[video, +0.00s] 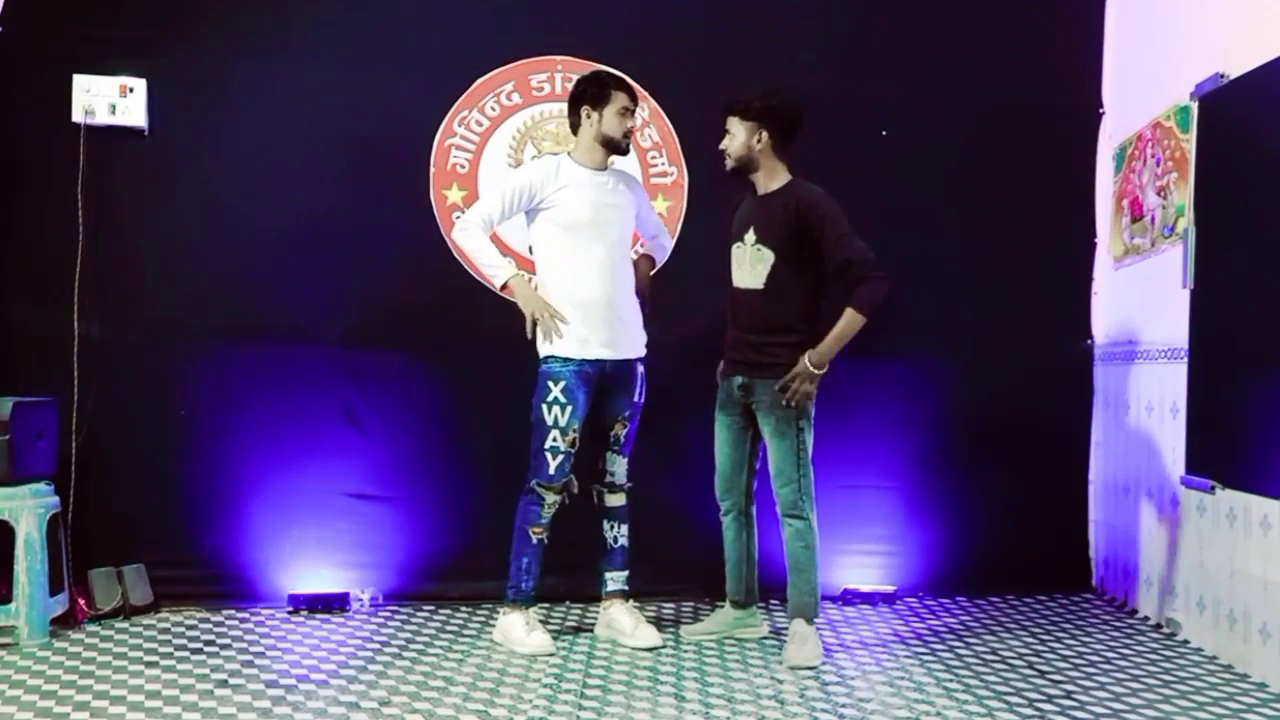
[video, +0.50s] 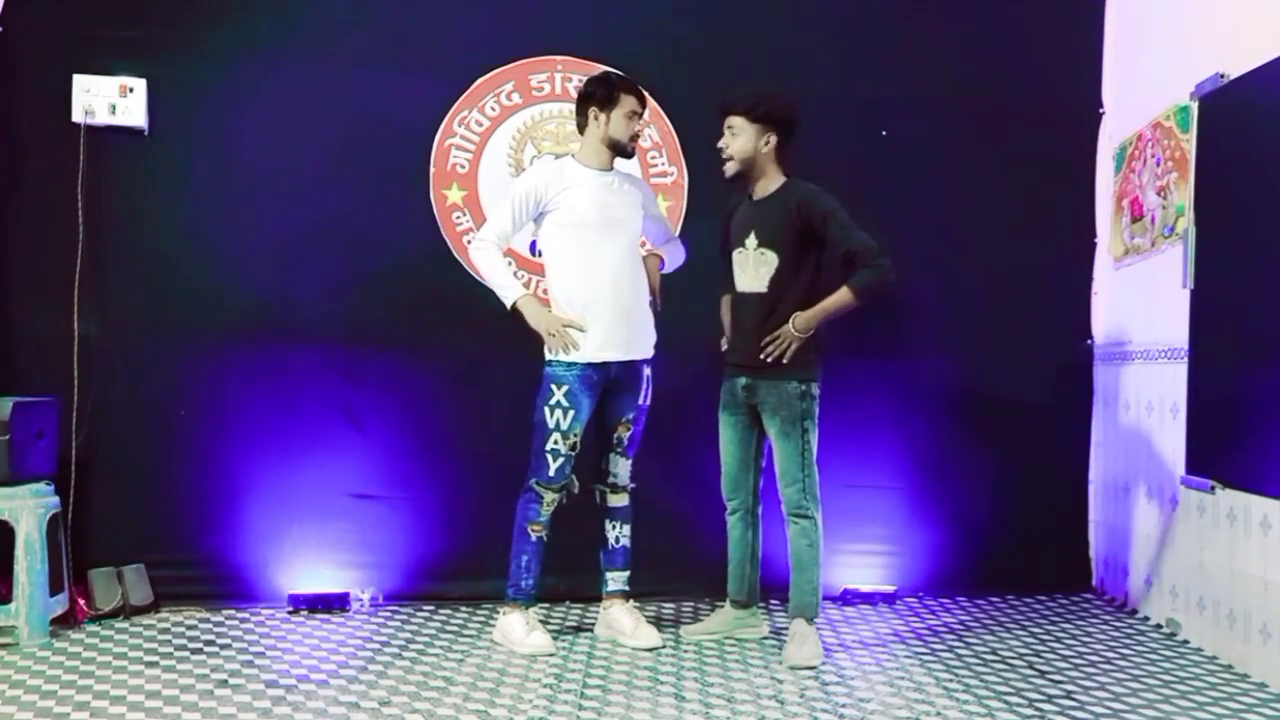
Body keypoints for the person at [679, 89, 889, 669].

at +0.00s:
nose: (723, 142)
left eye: (730, 132)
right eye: (725, 132)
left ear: (761, 138)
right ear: (755, 140)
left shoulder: (808, 203)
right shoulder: (746, 207)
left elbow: (869, 284)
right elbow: (750, 293)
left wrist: (819, 356)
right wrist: (731, 356)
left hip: (785, 379)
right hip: (735, 376)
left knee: (794, 506)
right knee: (731, 498)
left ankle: (802, 623)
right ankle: (741, 609)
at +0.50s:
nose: (721, 143)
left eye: (732, 133)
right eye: (723, 134)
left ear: (768, 141)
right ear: (746, 145)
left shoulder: (808, 202)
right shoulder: (736, 213)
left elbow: (874, 269)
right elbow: (731, 282)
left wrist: (809, 318)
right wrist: (729, 319)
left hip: (788, 379)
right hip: (737, 378)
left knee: (798, 503)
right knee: (737, 499)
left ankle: (802, 623)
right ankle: (742, 610)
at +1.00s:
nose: (729, 140)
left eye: (739, 131)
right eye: (728, 132)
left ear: (774, 138)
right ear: (740, 143)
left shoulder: (811, 202)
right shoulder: (730, 210)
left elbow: (876, 267)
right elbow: (706, 271)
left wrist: (812, 316)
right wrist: (716, 316)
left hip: (789, 375)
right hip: (735, 375)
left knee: (800, 503)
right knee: (740, 498)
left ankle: (803, 622)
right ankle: (742, 609)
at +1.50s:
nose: (720, 138)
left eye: (730, 129)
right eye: (722, 129)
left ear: (764, 137)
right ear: (746, 140)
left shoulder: (801, 200)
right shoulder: (724, 209)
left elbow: (863, 267)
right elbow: (706, 278)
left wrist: (794, 309)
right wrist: (711, 315)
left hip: (779, 372)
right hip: (726, 373)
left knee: (794, 501)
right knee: (735, 498)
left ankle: (802, 622)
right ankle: (741, 609)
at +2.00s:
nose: (705, 142)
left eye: (715, 133)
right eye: (706, 132)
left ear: (750, 141)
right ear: (733, 143)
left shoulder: (780, 207)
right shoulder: (727, 210)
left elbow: (742, 289)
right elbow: (715, 278)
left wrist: (677, 258)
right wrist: (666, 253)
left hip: (766, 376)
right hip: (722, 375)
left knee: (771, 496)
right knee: (729, 497)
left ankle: (802, 620)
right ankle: (741, 610)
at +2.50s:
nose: (688, 148)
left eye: (698, 137)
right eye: (685, 137)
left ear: (734, 140)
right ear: (694, 144)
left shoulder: (764, 196)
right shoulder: (712, 199)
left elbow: (709, 230)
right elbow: (660, 208)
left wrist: (647, 167)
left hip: (769, 371)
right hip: (732, 371)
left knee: (767, 502)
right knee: (731, 499)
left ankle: (762, 637)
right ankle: (739, 612)